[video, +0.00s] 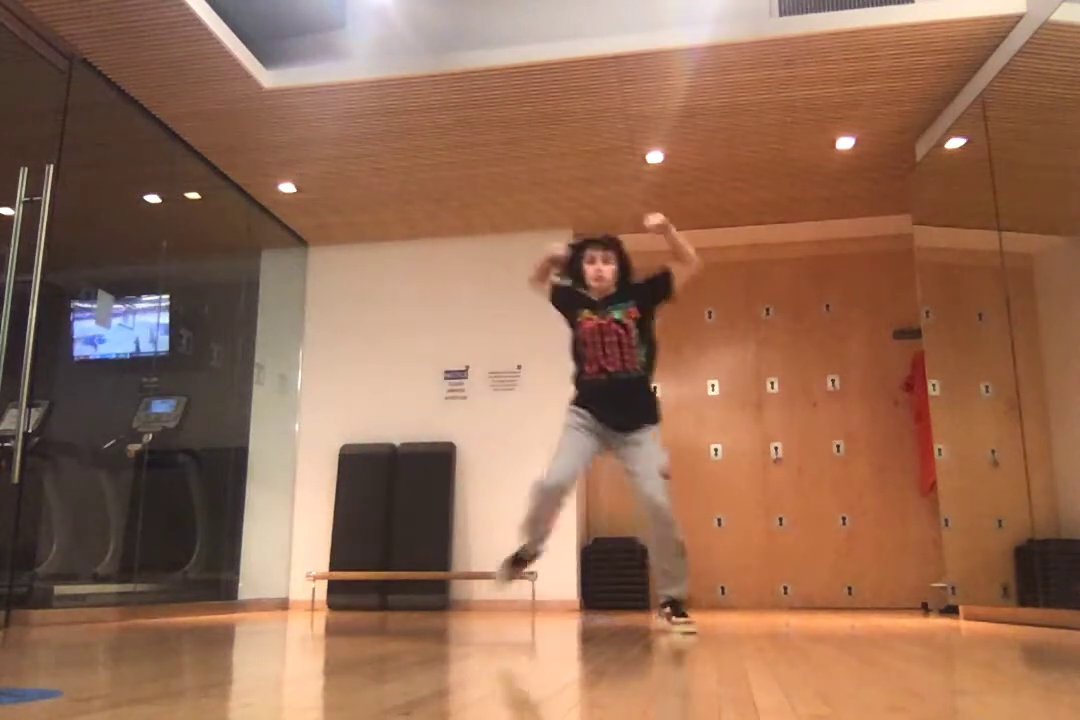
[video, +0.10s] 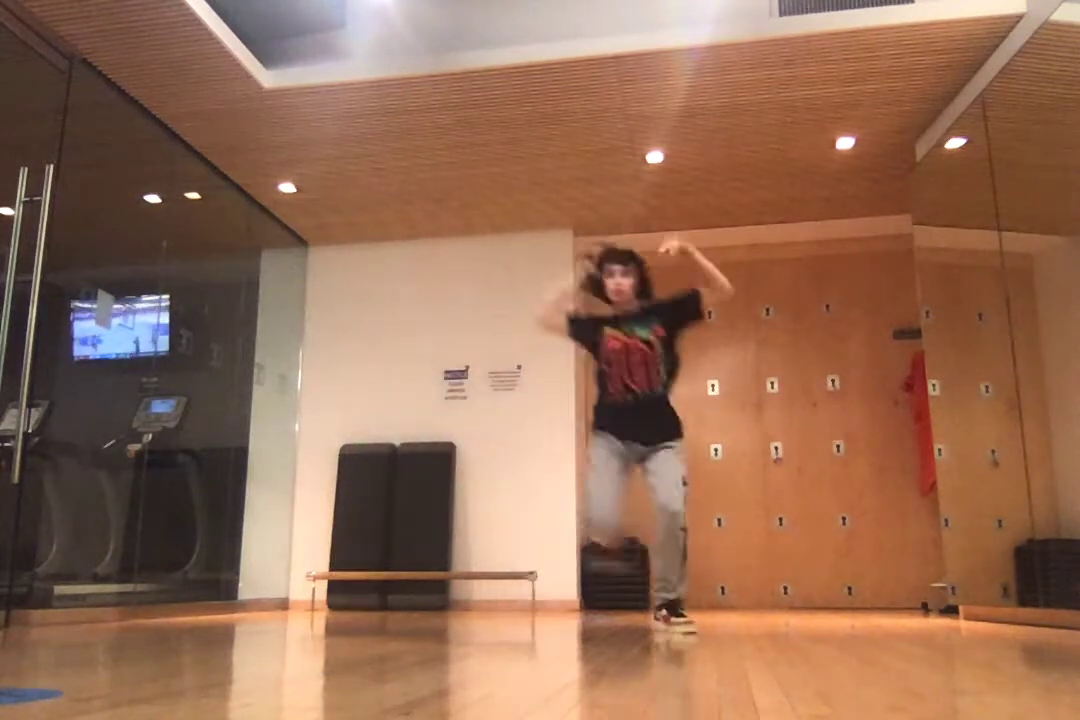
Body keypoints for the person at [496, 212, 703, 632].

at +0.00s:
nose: (599, 269)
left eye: (608, 261)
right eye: (591, 261)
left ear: (621, 267)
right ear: (580, 269)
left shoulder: (640, 296)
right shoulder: (575, 304)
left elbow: (690, 265)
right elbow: (538, 282)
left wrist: (667, 232)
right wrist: (549, 260)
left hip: (638, 422)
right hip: (587, 417)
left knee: (657, 502)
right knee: (554, 483)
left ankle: (672, 599)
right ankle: (528, 550)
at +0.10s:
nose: (617, 283)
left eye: (624, 275)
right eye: (610, 276)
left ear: (639, 280)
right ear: (602, 284)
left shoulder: (663, 315)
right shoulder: (597, 326)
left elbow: (721, 290)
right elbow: (548, 318)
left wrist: (689, 252)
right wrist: (578, 284)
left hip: (661, 433)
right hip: (610, 435)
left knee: (673, 511)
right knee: (602, 525)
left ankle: (668, 602)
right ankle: (609, 543)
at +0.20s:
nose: (663, 300)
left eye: (668, 294)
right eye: (655, 291)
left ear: (674, 303)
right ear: (638, 298)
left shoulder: (683, 346)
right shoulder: (619, 341)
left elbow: (707, 327)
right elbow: (630, 389)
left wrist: (691, 285)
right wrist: (614, 352)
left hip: (672, 445)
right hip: (627, 452)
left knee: (675, 516)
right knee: (654, 535)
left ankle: (670, 604)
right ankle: (719, 564)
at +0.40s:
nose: (695, 340)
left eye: (698, 334)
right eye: (694, 332)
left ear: (680, 328)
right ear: (679, 326)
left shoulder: (688, 361)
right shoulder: (636, 361)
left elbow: (699, 396)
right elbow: (656, 417)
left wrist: (703, 342)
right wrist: (689, 456)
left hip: (698, 456)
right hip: (656, 467)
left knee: (679, 524)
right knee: (703, 540)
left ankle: (669, 605)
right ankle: (785, 591)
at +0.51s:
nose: (694, 309)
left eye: (699, 303)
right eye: (688, 301)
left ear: (700, 307)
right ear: (669, 299)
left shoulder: (696, 342)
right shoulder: (631, 340)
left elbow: (691, 367)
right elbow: (630, 396)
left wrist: (689, 314)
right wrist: (664, 435)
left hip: (698, 439)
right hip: (652, 451)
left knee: (684, 516)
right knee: (704, 528)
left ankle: (672, 603)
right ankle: (771, 587)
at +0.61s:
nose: (648, 273)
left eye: (656, 263)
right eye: (642, 266)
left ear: (675, 268)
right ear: (635, 273)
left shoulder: (691, 307)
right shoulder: (626, 322)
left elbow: (661, 318)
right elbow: (622, 378)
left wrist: (620, 287)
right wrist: (635, 428)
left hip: (695, 424)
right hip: (652, 432)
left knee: (688, 504)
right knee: (656, 524)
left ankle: (705, 582)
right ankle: (705, 568)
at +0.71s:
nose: (634, 275)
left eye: (641, 266)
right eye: (627, 270)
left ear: (660, 267)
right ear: (621, 277)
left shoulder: (666, 299)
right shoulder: (632, 321)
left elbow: (622, 330)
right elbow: (634, 384)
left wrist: (578, 359)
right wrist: (634, 434)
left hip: (696, 431)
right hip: (652, 435)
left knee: (699, 515)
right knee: (607, 501)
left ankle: (745, 590)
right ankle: (602, 597)